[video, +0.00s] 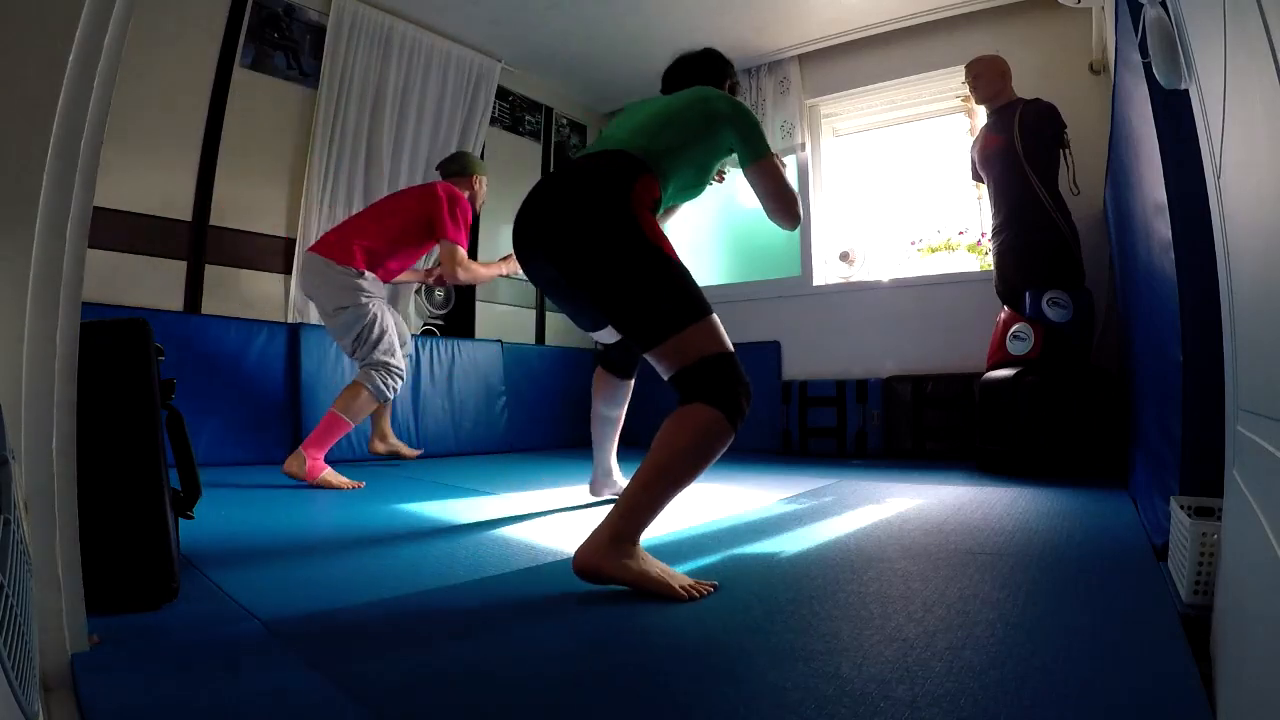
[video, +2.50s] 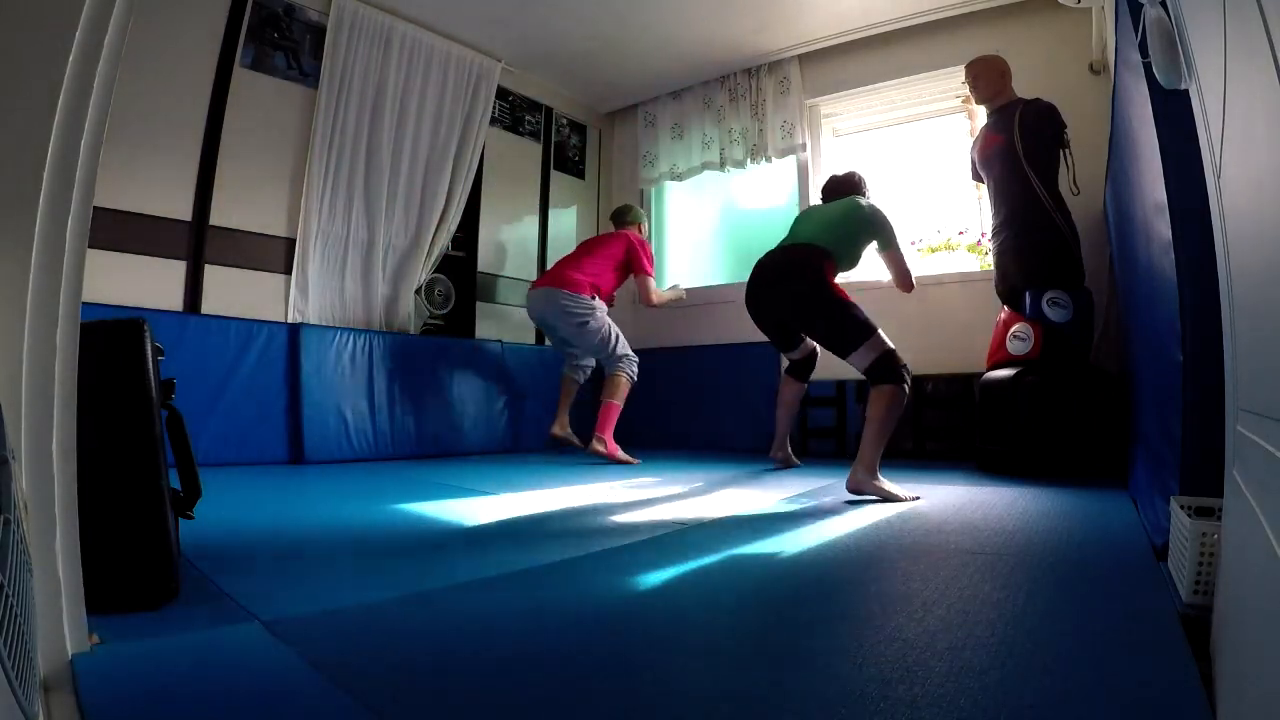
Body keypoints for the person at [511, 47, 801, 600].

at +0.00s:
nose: (739, 99)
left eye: (736, 94)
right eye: (736, 93)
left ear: (674, 86)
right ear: (727, 87)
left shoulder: (640, 114)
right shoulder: (728, 108)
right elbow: (787, 214)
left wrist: (696, 175)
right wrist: (766, 170)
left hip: (538, 229)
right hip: (607, 221)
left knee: (619, 346)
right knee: (721, 392)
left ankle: (603, 476)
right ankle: (613, 544)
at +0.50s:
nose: (786, 146)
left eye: (784, 140)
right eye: (785, 139)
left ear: (730, 138)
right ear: (777, 138)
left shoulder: (705, 160)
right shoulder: (783, 163)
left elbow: (679, 207)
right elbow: (826, 244)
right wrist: (845, 256)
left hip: (633, 258)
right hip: (691, 254)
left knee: (695, 360)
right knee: (795, 383)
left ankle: (673, 472)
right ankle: (723, 482)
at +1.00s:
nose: (830, 170)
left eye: (828, 165)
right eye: (828, 165)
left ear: (784, 171)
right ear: (822, 168)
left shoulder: (762, 191)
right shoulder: (826, 193)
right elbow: (866, 269)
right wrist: (846, 237)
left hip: (703, 275)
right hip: (755, 270)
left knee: (751, 359)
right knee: (851, 364)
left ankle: (718, 460)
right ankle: (812, 461)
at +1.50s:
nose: (860, 192)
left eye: (859, 187)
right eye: (859, 187)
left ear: (819, 191)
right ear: (853, 189)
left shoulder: (802, 208)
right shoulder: (859, 208)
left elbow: (795, 254)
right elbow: (894, 278)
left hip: (763, 287)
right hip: (808, 286)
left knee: (801, 352)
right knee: (881, 377)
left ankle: (771, 437)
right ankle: (854, 467)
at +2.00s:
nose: (868, 217)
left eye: (867, 213)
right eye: (867, 213)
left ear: (831, 215)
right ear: (864, 215)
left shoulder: (812, 233)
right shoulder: (869, 235)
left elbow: (804, 272)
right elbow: (896, 300)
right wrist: (889, 272)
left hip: (780, 305)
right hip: (822, 302)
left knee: (819, 368)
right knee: (899, 379)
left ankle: (801, 449)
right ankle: (879, 454)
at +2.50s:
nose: (868, 195)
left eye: (865, 191)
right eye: (866, 191)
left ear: (826, 198)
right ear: (861, 195)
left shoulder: (809, 212)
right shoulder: (869, 212)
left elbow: (795, 254)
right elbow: (906, 283)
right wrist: (895, 266)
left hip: (761, 287)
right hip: (808, 286)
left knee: (803, 357)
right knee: (891, 373)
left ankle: (780, 448)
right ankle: (865, 472)